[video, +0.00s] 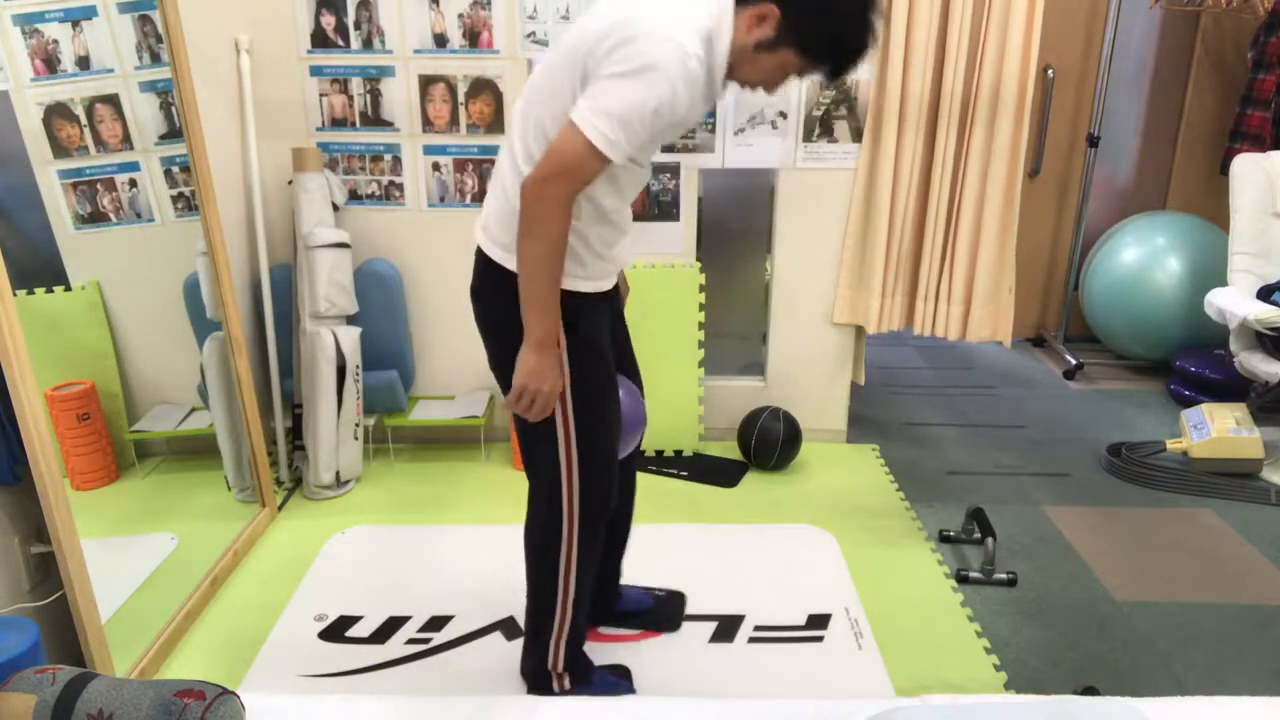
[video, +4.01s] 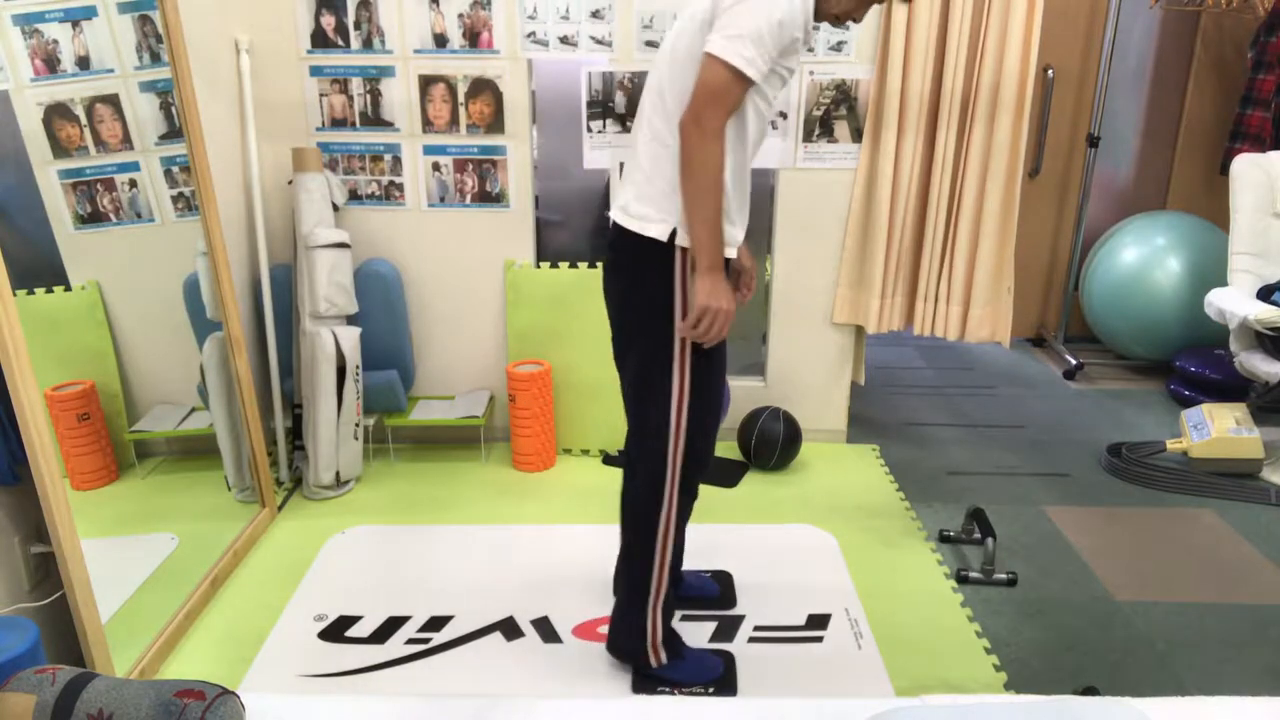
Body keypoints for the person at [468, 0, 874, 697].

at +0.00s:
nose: (778, 88)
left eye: (793, 78)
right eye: (788, 71)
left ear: (761, 17)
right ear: (762, 21)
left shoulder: (700, 44)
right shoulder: (666, 63)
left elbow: (603, 171)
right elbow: (545, 187)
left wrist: (611, 261)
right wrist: (541, 339)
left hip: (586, 276)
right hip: (539, 282)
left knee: (618, 435)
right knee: (576, 471)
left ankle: (594, 595)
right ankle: (554, 669)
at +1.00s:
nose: (728, 7)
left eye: (734, 1)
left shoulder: (640, 19)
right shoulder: (608, 29)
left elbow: (573, 173)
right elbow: (535, 185)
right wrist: (562, 341)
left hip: (587, 276)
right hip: (547, 287)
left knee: (603, 438)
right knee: (566, 473)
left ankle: (589, 583)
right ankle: (553, 666)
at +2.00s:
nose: (726, 35)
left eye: (740, 27)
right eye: (742, 19)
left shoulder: (621, 13)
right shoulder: (657, 7)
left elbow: (577, 122)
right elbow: (595, 115)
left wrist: (601, 254)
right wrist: (615, 262)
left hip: (559, 239)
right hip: (551, 241)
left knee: (590, 423)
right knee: (566, 442)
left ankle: (580, 586)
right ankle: (523, 653)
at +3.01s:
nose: (767, 4)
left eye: (773, 3)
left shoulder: (647, 8)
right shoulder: (691, 8)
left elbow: (612, 140)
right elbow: (636, 146)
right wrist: (658, 296)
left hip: (590, 252)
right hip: (620, 264)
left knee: (623, 436)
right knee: (653, 459)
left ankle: (576, 578)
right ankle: (625, 645)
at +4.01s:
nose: (861, 12)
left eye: (868, 7)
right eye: (867, 2)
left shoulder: (781, 18)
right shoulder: (774, 10)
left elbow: (714, 131)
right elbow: (701, 117)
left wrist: (730, 243)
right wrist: (708, 266)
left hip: (680, 240)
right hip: (658, 240)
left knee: (699, 412)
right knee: (669, 433)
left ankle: (657, 575)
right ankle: (642, 643)